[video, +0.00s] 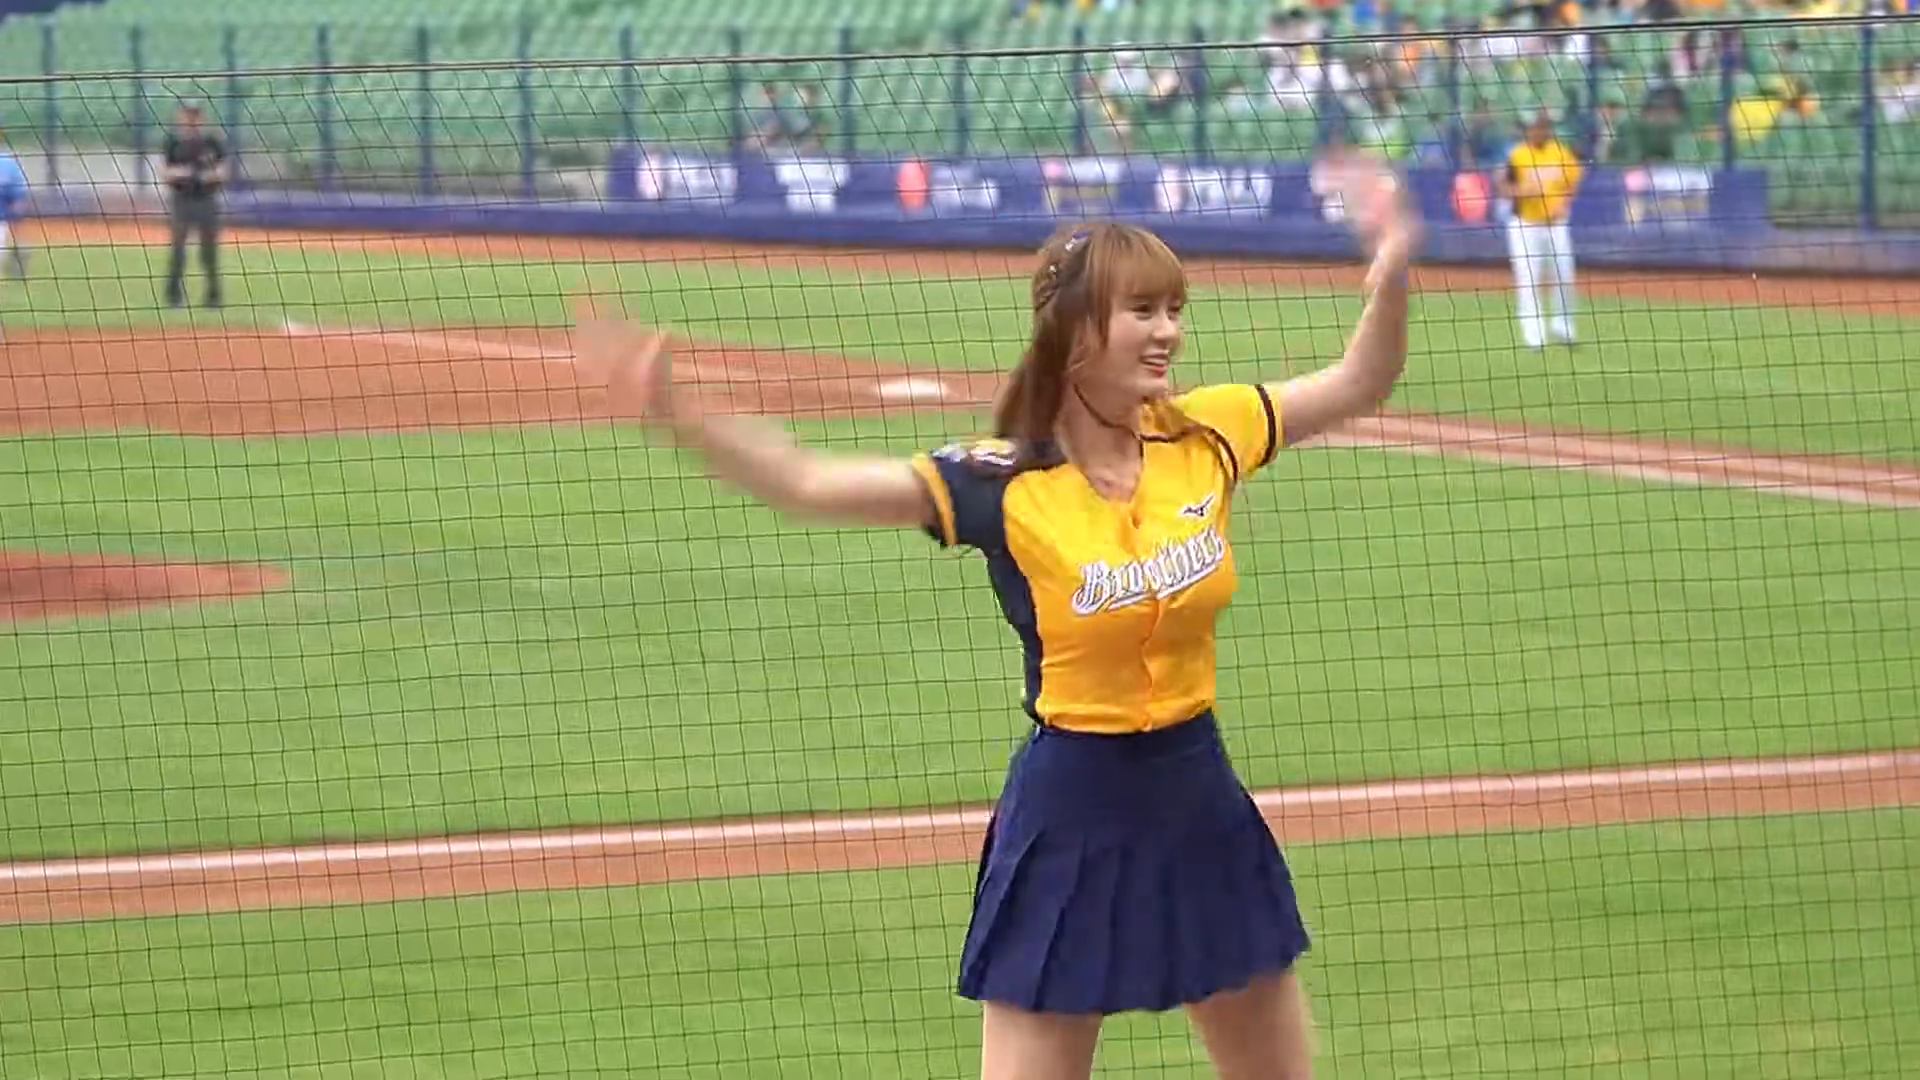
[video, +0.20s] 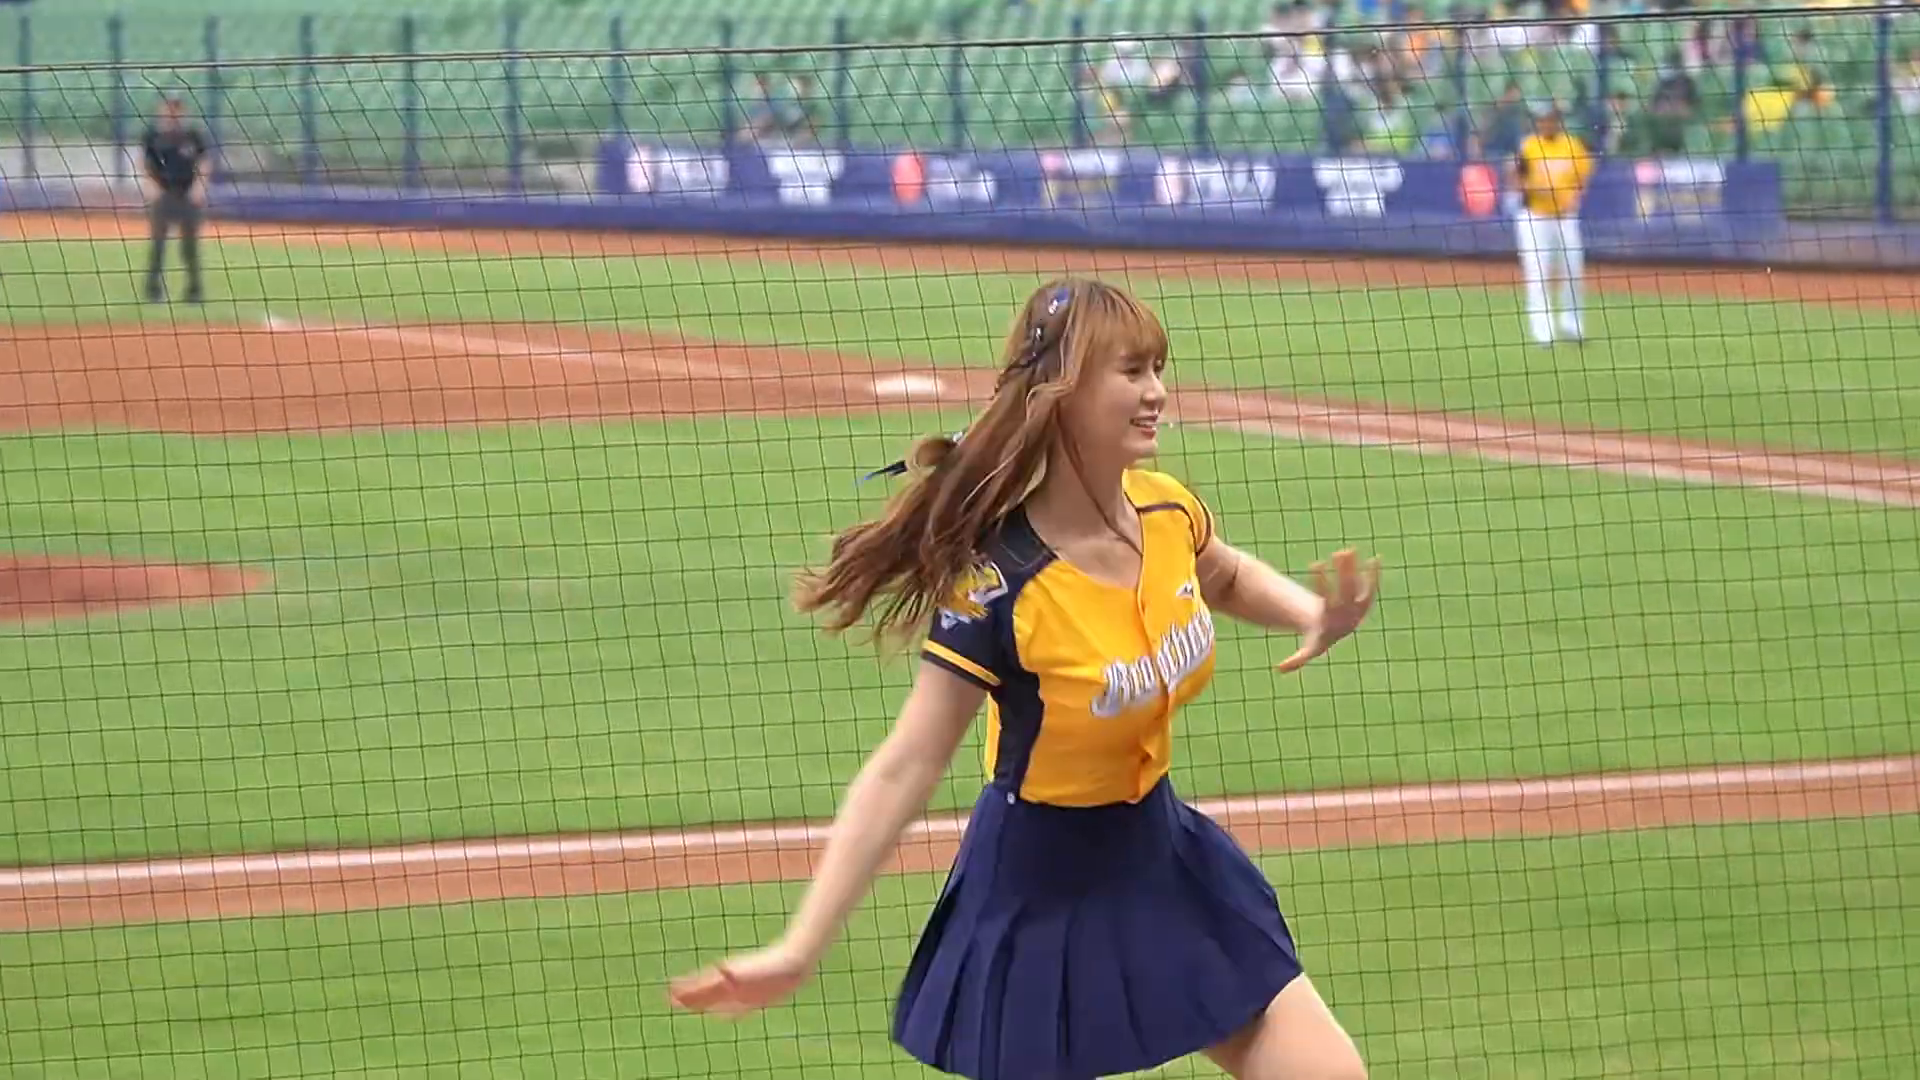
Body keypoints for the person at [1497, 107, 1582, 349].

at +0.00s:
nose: (1541, 133)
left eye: (1545, 127)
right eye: (1536, 128)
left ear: (1550, 129)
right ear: (1527, 130)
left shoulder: (1559, 152)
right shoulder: (1517, 156)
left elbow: (1575, 175)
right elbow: (1503, 186)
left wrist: (1563, 202)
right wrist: (1530, 190)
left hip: (1555, 221)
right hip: (1525, 223)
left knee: (1563, 275)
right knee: (1528, 279)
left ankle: (1562, 324)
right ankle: (1532, 330)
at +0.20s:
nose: (1546, 125)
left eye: (1550, 120)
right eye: (1541, 121)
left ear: (1558, 120)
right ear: (1535, 123)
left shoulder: (1571, 144)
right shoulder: (1527, 148)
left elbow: (1586, 169)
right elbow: (1515, 179)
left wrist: (1574, 193)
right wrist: (1536, 191)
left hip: (1566, 213)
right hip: (1535, 215)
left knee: (1572, 270)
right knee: (1538, 273)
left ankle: (1571, 322)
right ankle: (1542, 327)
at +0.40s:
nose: (1545, 121)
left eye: (1549, 115)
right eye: (1540, 116)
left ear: (1557, 116)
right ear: (1534, 118)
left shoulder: (1569, 140)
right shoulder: (1526, 141)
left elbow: (1585, 166)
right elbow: (1512, 175)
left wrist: (1571, 193)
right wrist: (1543, 193)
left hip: (1562, 213)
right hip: (1531, 214)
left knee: (1564, 270)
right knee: (1532, 271)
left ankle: (1564, 323)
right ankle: (1535, 326)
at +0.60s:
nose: (1530, 118)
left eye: (1534, 113)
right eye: (1525, 113)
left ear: (1541, 114)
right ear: (1519, 115)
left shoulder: (1554, 139)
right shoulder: (1509, 138)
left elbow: (1567, 169)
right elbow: (1495, 172)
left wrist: (1552, 196)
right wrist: (1516, 194)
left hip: (1543, 210)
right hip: (1511, 210)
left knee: (1541, 270)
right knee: (1513, 269)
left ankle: (1541, 322)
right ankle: (1515, 325)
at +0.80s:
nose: (1519, 118)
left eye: (1524, 113)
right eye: (1515, 112)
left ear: (1532, 115)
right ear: (1508, 114)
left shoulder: (1538, 141)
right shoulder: (1497, 136)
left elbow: (1548, 170)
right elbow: (1480, 167)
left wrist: (1536, 197)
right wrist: (1494, 193)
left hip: (1525, 210)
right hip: (1494, 209)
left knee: (1519, 269)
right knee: (1494, 267)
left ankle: (1517, 322)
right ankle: (1490, 324)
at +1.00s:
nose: (1501, 115)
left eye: (1507, 110)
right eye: (1498, 109)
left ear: (1516, 113)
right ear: (1491, 111)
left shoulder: (1520, 140)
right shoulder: (1480, 131)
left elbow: (1526, 170)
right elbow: (1461, 161)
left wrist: (1516, 197)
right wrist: (1474, 187)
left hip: (1503, 209)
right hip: (1472, 205)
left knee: (1495, 265)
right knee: (1470, 262)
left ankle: (1493, 320)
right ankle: (1464, 320)